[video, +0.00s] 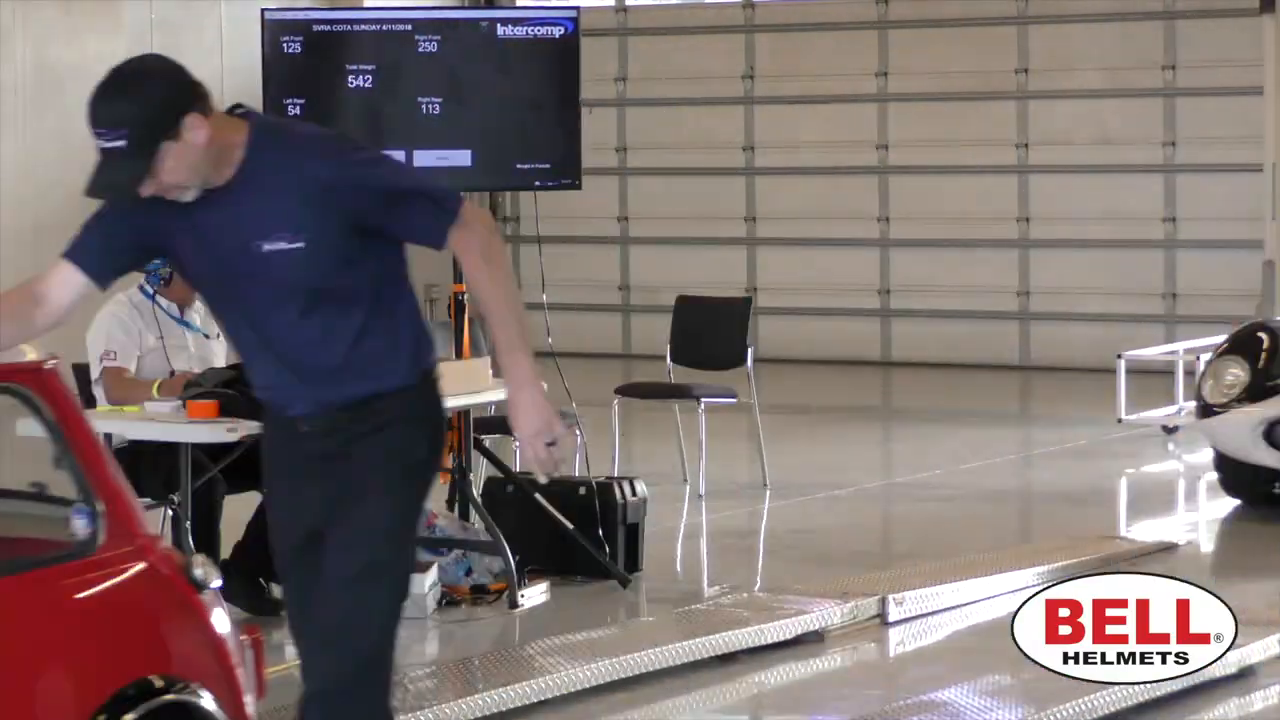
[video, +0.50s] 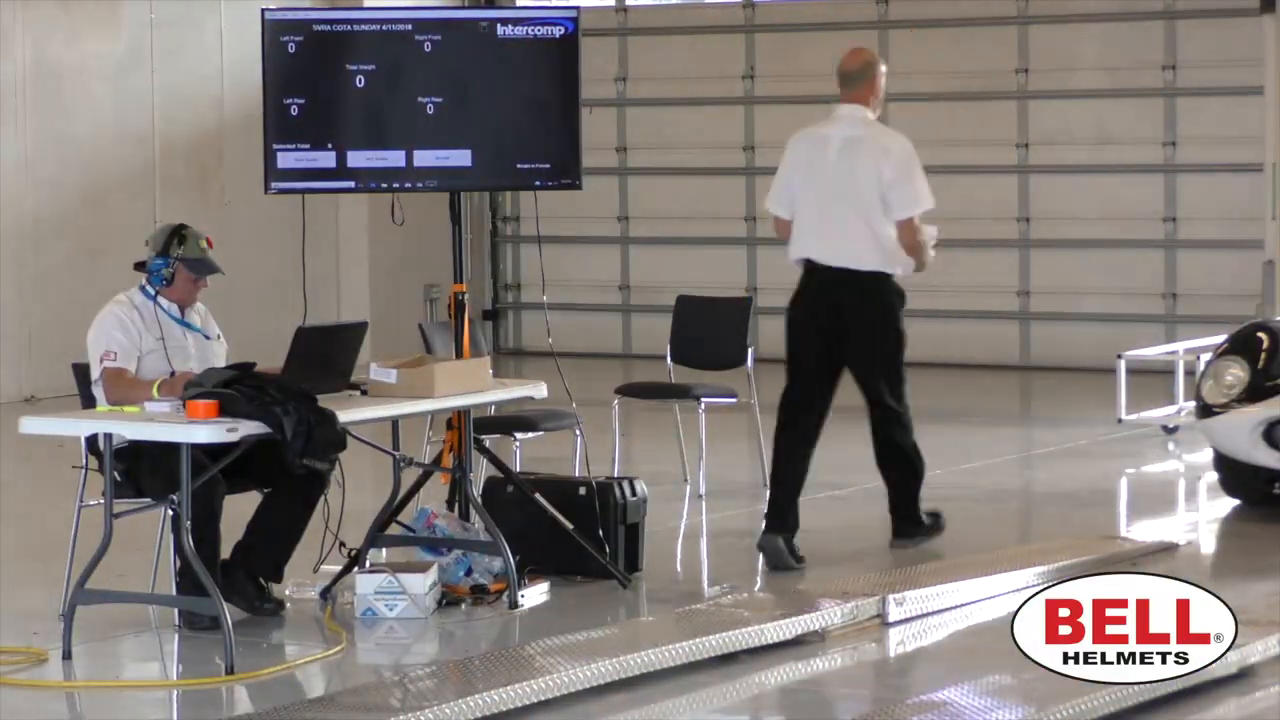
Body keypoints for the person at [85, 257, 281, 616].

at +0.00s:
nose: (201, 279)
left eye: (202, 270)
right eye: (193, 270)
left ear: (207, 271)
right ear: (164, 268)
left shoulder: (208, 311)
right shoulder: (120, 315)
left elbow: (231, 370)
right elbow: (112, 389)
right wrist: (168, 388)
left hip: (209, 442)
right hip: (140, 448)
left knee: (294, 463)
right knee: (203, 482)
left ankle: (247, 571)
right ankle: (200, 585)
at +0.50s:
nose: (203, 285)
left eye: (205, 276)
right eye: (196, 276)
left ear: (172, 274)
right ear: (164, 273)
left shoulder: (200, 317)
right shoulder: (119, 316)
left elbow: (219, 376)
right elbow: (114, 388)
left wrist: (280, 374)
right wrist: (166, 387)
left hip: (210, 445)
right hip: (142, 449)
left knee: (306, 470)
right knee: (202, 479)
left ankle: (244, 574)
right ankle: (196, 597)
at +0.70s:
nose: (195, 276)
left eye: (197, 267)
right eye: (186, 267)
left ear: (199, 268)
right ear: (154, 268)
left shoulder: (204, 302)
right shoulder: (116, 315)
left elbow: (267, 302)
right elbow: (113, 389)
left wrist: (312, 258)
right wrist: (163, 388)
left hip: (210, 444)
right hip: (142, 449)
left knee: (306, 468)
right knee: (203, 483)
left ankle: (244, 574)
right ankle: (195, 601)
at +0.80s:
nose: (191, 282)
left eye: (194, 273)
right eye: (180, 273)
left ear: (199, 271)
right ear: (149, 270)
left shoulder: (203, 303)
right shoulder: (114, 316)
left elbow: (268, 307)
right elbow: (109, 389)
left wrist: (309, 266)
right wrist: (155, 387)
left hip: (210, 445)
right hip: (141, 451)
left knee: (306, 468)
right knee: (203, 482)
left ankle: (243, 573)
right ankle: (196, 599)